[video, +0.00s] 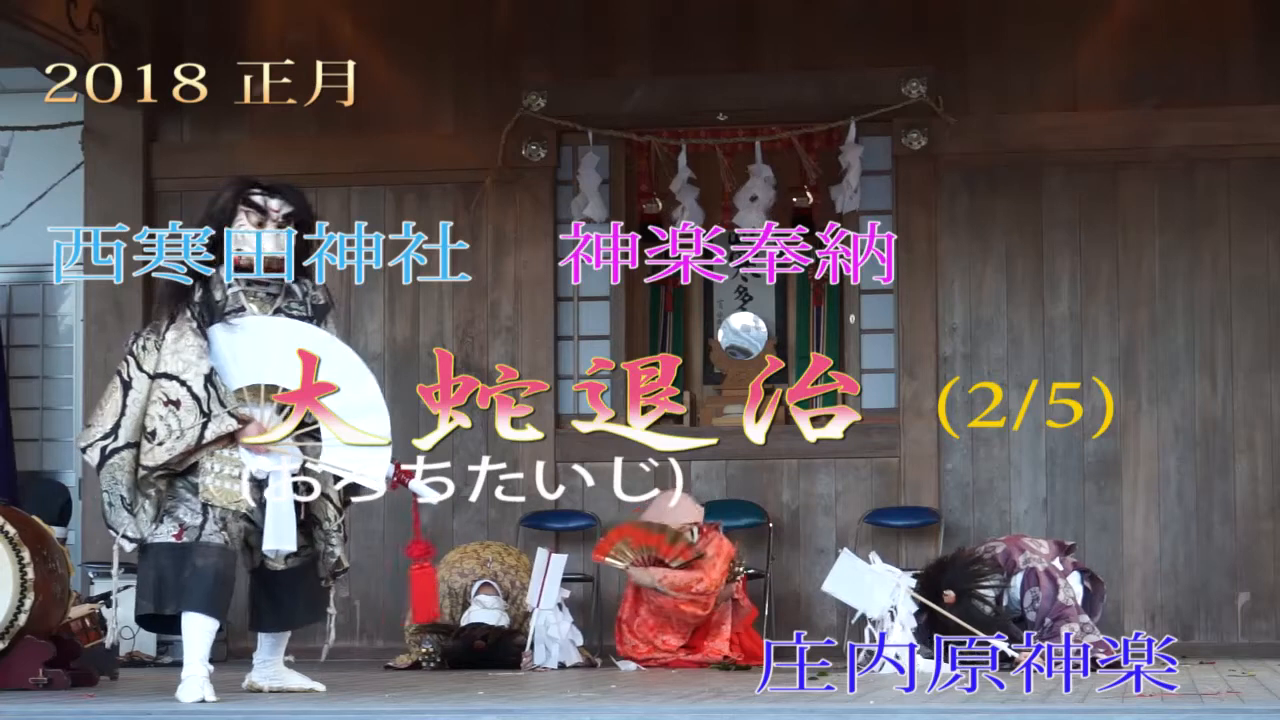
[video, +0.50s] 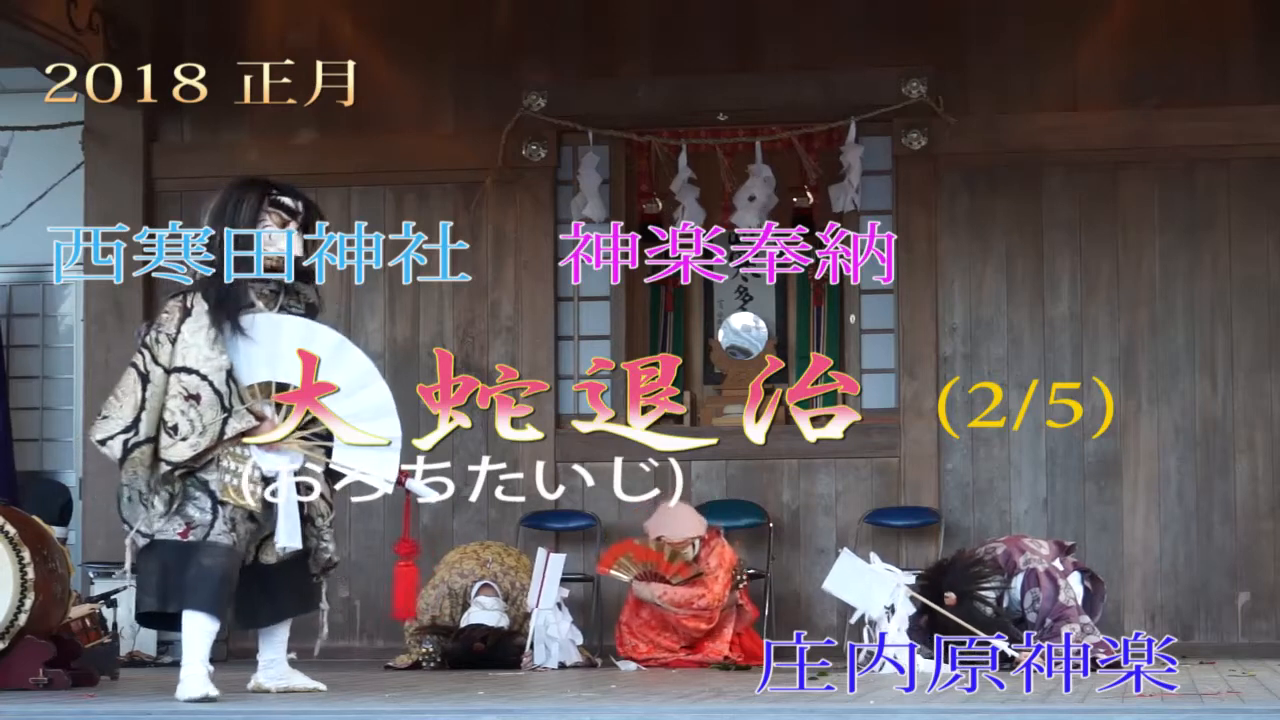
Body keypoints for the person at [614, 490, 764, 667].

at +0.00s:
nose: (666, 543)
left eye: (671, 535)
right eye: (660, 536)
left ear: (690, 529)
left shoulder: (716, 543)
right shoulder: (649, 549)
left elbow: (707, 583)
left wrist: (653, 578)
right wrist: (715, 594)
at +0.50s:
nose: (675, 554)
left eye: (678, 548)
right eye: (670, 548)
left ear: (692, 539)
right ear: (663, 542)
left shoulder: (717, 549)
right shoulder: (663, 552)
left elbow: (711, 598)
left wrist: (654, 593)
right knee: (640, 598)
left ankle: (711, 650)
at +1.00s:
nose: (678, 566)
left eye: (684, 559)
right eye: (671, 560)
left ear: (696, 551)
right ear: (661, 553)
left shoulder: (718, 555)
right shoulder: (651, 555)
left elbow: (716, 611)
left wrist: (659, 608)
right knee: (634, 618)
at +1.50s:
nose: (675, 579)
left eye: (681, 573)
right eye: (669, 573)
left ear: (695, 564)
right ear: (658, 562)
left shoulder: (719, 560)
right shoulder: (647, 559)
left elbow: (718, 621)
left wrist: (662, 620)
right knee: (630, 625)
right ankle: (711, 654)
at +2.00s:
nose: (680, 583)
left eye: (685, 577)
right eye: (673, 578)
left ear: (696, 567)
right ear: (659, 567)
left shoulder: (719, 563)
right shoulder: (646, 563)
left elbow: (720, 627)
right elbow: (630, 639)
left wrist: (666, 625)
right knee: (633, 644)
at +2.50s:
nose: (680, 586)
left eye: (685, 580)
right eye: (673, 581)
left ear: (696, 570)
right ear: (659, 571)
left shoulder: (719, 566)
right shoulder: (645, 567)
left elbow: (720, 629)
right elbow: (630, 643)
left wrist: (667, 631)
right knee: (631, 643)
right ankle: (711, 655)